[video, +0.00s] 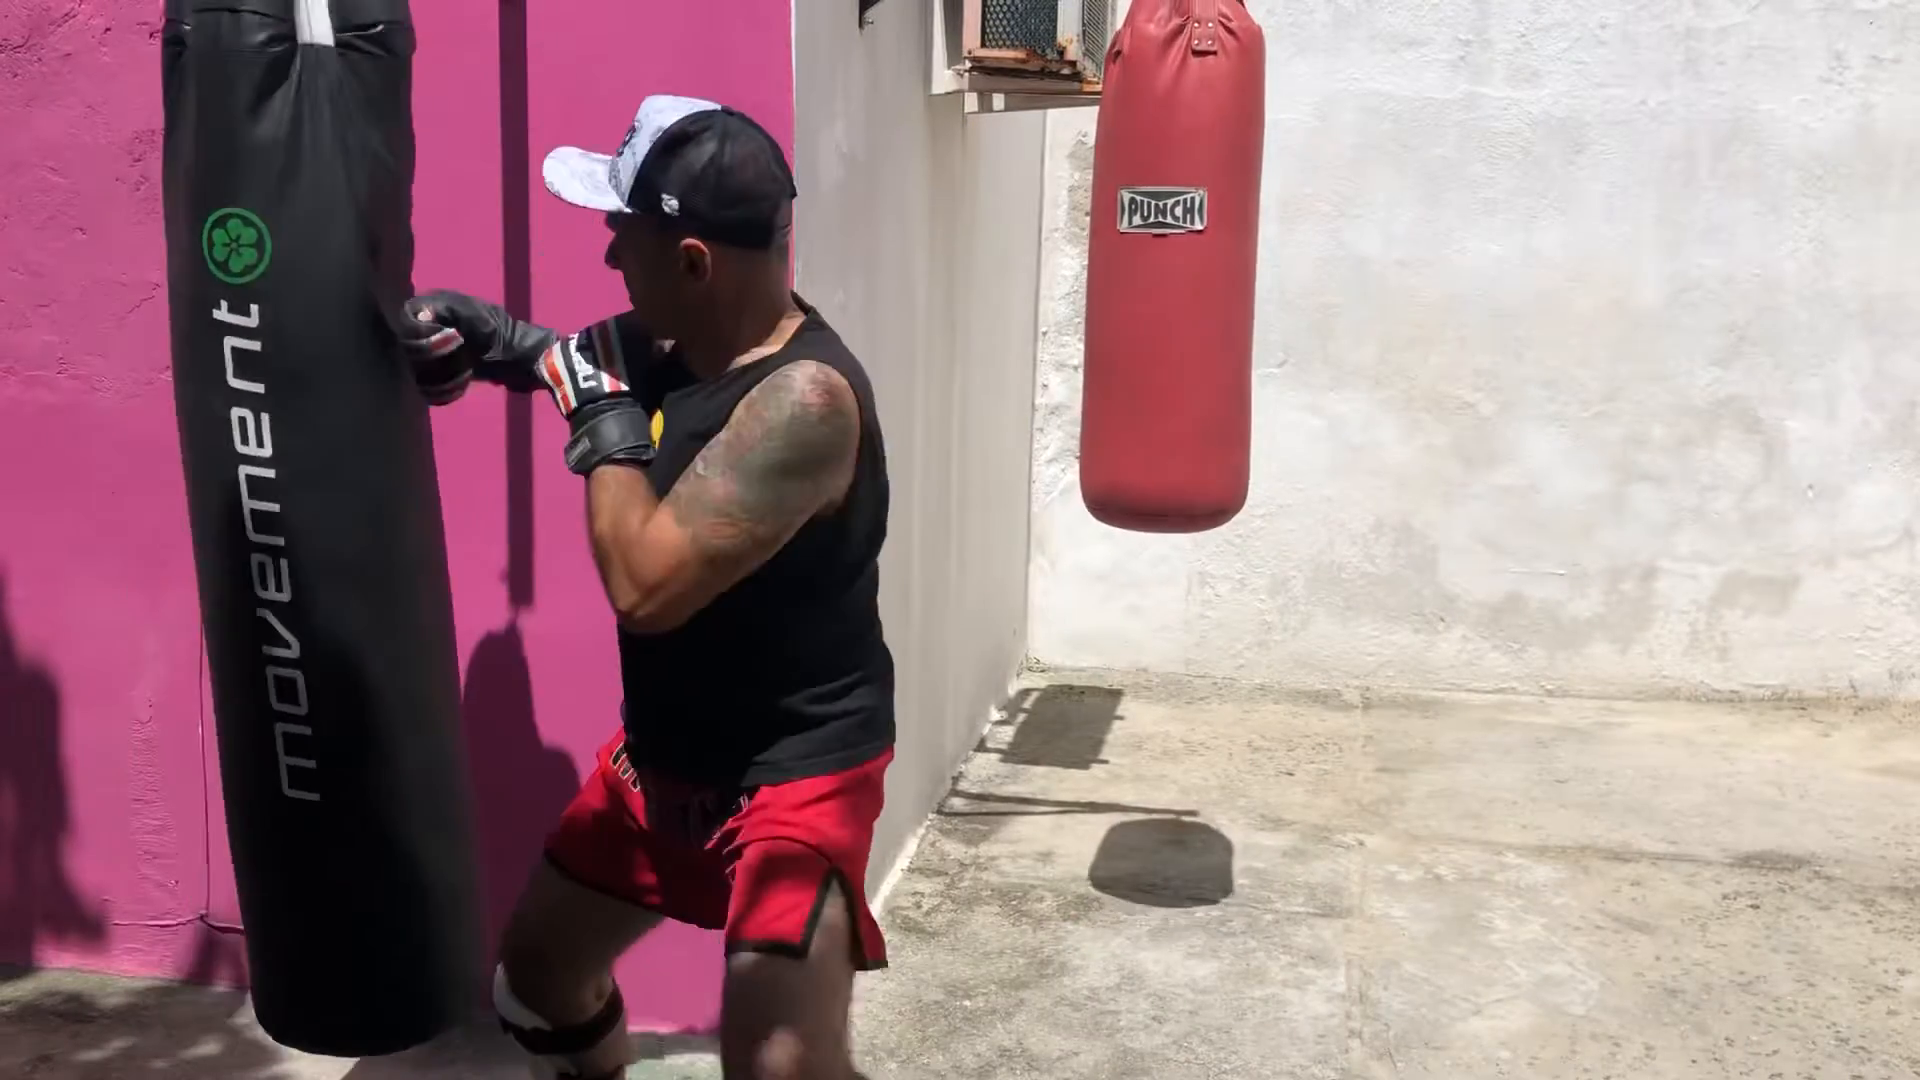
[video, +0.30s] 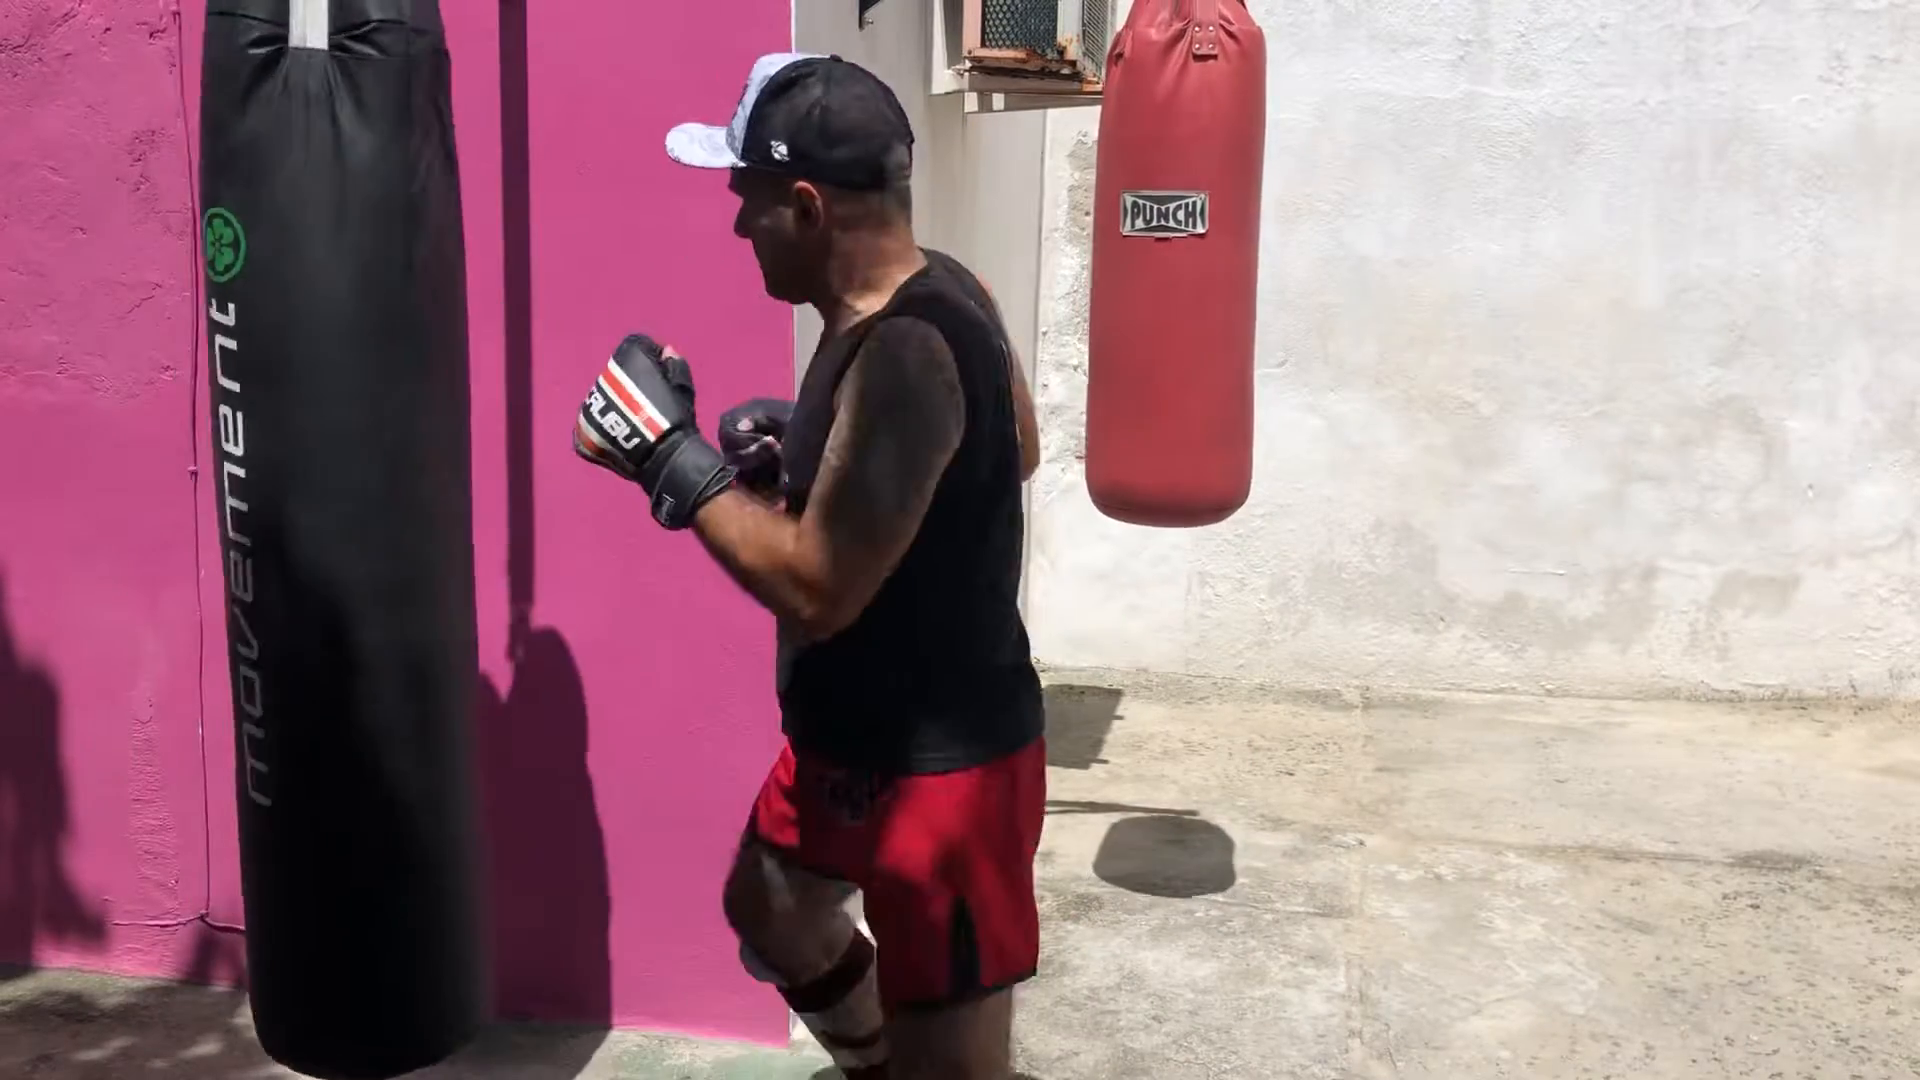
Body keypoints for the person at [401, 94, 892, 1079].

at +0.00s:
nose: (609, 247)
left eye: (623, 229)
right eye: (614, 224)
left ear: (694, 259)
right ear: (706, 257)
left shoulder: (806, 401)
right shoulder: (691, 337)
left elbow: (648, 587)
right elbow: (571, 363)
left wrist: (603, 415)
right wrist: (491, 339)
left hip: (796, 768)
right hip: (671, 747)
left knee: (781, 1061)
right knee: (542, 973)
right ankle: (596, 1064)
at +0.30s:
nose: (739, 220)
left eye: (748, 197)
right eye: (739, 196)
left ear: (808, 207)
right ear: (843, 202)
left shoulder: (908, 344)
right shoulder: (918, 298)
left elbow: (817, 589)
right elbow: (1007, 457)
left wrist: (676, 464)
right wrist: (818, 454)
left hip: (943, 760)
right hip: (853, 733)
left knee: (946, 1054)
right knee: (777, 913)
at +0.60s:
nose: (749, 223)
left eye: (758, 199)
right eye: (748, 200)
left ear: (823, 211)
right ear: (859, 196)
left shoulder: (891, 336)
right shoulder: (977, 269)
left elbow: (875, 565)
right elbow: (900, 462)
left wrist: (702, 470)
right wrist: (774, 373)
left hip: (930, 715)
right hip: (1032, 689)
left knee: (730, 989)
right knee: (1037, 979)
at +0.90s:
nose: (635, 208)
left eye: (645, 193)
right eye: (639, 190)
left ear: (696, 215)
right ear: (779, 193)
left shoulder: (651, 345)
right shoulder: (910, 326)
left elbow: (481, 451)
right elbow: (1013, 526)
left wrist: (362, 344)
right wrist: (1073, 637)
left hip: (694, 740)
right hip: (863, 728)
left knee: (531, 998)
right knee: (947, 938)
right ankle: (1067, 1074)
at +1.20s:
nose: (388, 245)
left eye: (384, 224)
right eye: (378, 224)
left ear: (417, 230)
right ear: (507, 155)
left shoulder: (507, 362)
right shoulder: (636, 230)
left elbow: (435, 536)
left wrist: (429, 349)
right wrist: (456, 304)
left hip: (630, 714)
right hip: (723, 659)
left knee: (473, 1026)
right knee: (630, 966)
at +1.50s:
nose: (429, 263)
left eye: (430, 234)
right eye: (429, 235)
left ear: (458, 240)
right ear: (575, 239)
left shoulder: (515, 377)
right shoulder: (681, 380)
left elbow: (405, 608)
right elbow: (817, 535)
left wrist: (324, 515)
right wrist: (907, 660)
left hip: (524, 843)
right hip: (625, 825)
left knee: (465, 1057)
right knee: (405, 955)